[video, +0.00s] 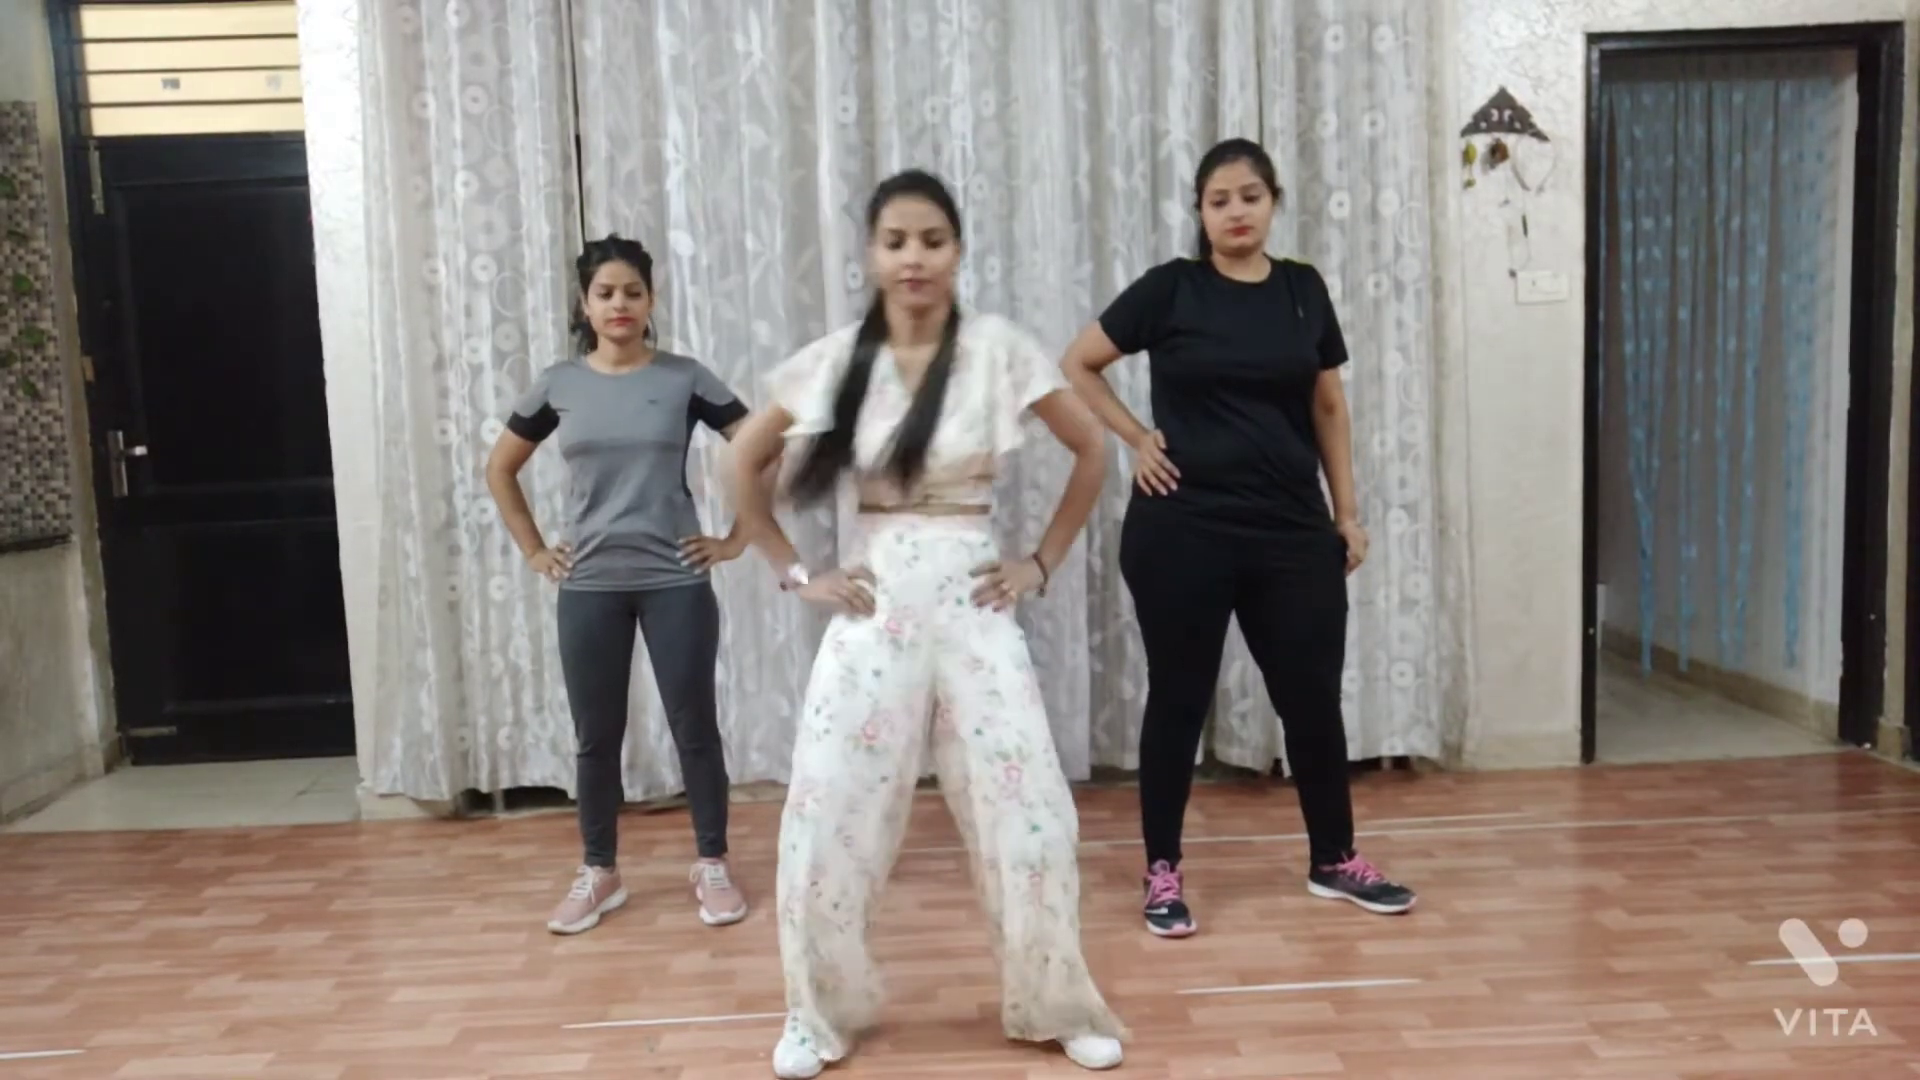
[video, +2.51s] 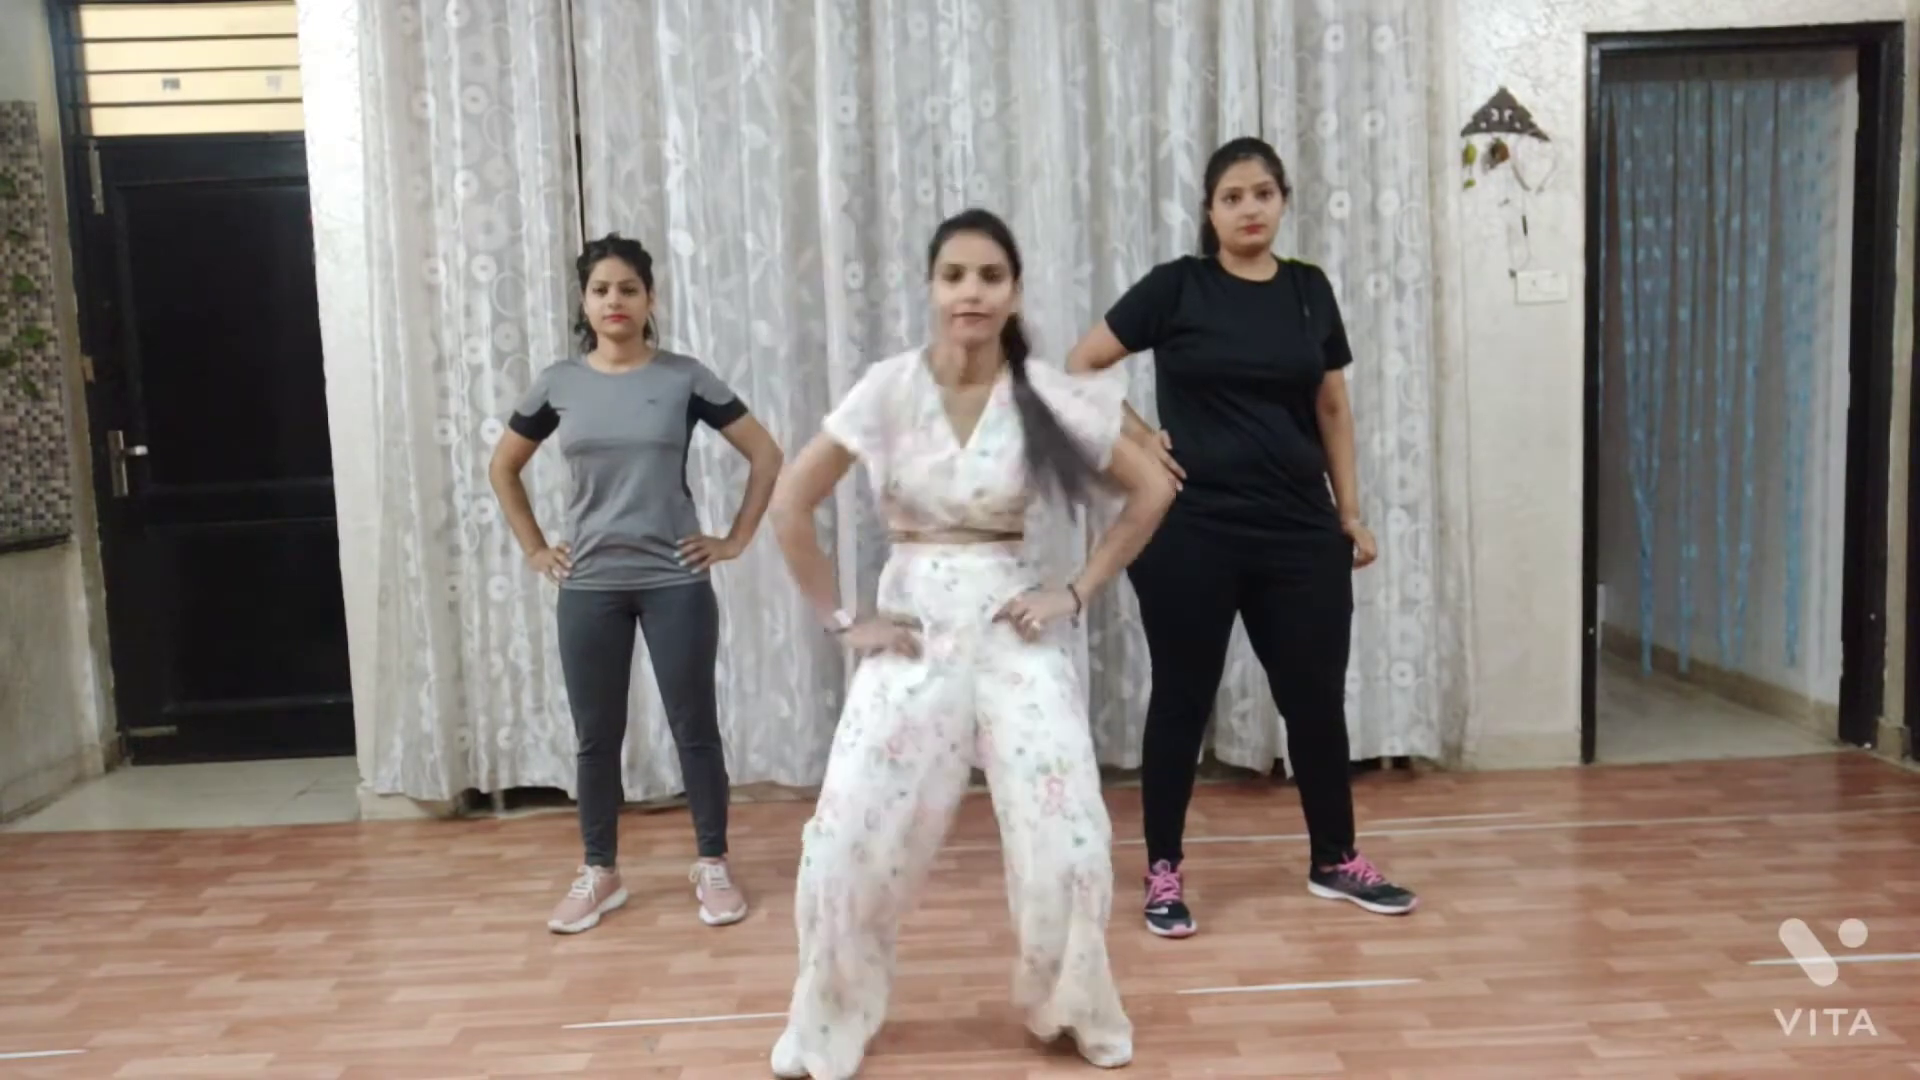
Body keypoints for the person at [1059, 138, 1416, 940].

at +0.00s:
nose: (1235, 212)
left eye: (1250, 197)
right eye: (1220, 200)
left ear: (1273, 205)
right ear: (1200, 210)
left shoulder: (1302, 289)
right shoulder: (1168, 290)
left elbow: (1330, 406)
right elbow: (1076, 366)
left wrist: (1345, 512)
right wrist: (1136, 437)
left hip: (1290, 529)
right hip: (1183, 527)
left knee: (1314, 701)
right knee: (1178, 701)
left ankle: (1334, 861)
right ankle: (1162, 870)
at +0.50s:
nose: (1240, 220)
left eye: (1254, 205)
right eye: (1225, 207)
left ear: (1276, 209)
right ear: (1203, 213)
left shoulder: (1304, 290)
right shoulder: (1169, 290)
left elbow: (1331, 408)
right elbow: (1075, 366)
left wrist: (1346, 513)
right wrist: (1127, 436)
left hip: (1291, 529)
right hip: (1184, 528)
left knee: (1315, 702)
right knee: (1178, 701)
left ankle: (1335, 861)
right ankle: (1162, 870)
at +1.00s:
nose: (1245, 220)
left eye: (1259, 205)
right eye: (1229, 206)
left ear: (1279, 208)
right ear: (1205, 212)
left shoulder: (1304, 290)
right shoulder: (1170, 289)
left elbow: (1331, 409)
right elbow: (1073, 369)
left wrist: (1346, 514)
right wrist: (1134, 433)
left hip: (1291, 529)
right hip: (1183, 527)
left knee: (1315, 699)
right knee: (1179, 701)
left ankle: (1335, 860)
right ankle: (1162, 870)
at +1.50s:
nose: (1248, 215)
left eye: (1262, 200)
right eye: (1232, 202)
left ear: (1282, 206)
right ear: (1208, 211)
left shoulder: (1305, 290)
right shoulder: (1173, 288)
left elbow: (1331, 409)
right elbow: (1079, 363)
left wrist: (1346, 515)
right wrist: (1139, 436)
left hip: (1293, 529)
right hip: (1186, 526)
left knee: (1315, 699)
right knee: (1180, 699)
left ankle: (1335, 860)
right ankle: (1162, 870)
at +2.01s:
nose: (1249, 211)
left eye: (1262, 196)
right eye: (1232, 198)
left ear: (1282, 204)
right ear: (1208, 209)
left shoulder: (1306, 289)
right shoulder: (1174, 288)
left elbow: (1333, 408)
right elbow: (1081, 363)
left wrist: (1348, 512)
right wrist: (1140, 436)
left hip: (1296, 529)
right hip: (1187, 527)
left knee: (1316, 699)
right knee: (1181, 699)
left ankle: (1335, 860)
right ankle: (1163, 870)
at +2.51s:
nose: (1250, 209)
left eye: (1264, 194)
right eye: (1234, 196)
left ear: (1284, 203)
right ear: (1209, 207)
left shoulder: (1308, 289)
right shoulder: (1174, 289)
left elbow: (1334, 409)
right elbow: (1078, 367)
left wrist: (1349, 512)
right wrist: (1135, 438)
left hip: (1298, 532)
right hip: (1191, 531)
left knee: (1318, 701)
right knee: (1180, 703)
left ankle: (1336, 861)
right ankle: (1163, 869)